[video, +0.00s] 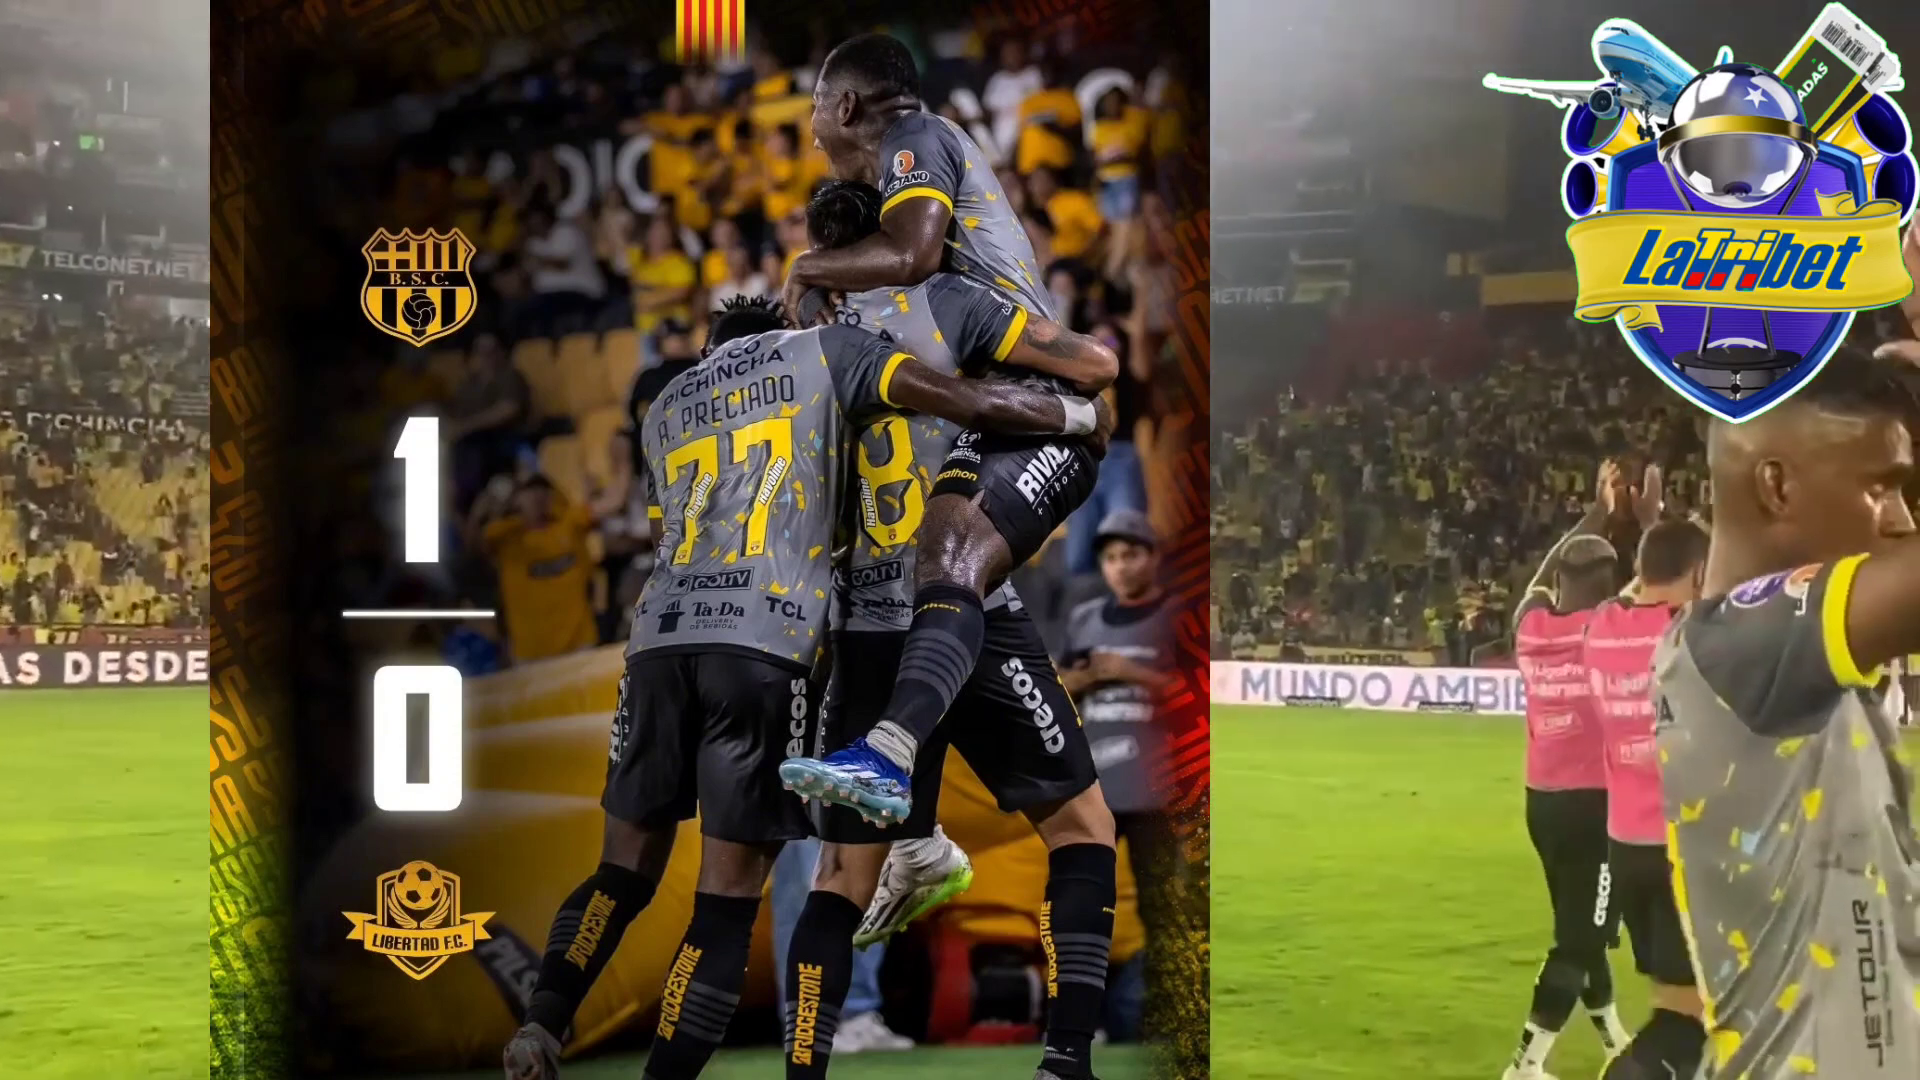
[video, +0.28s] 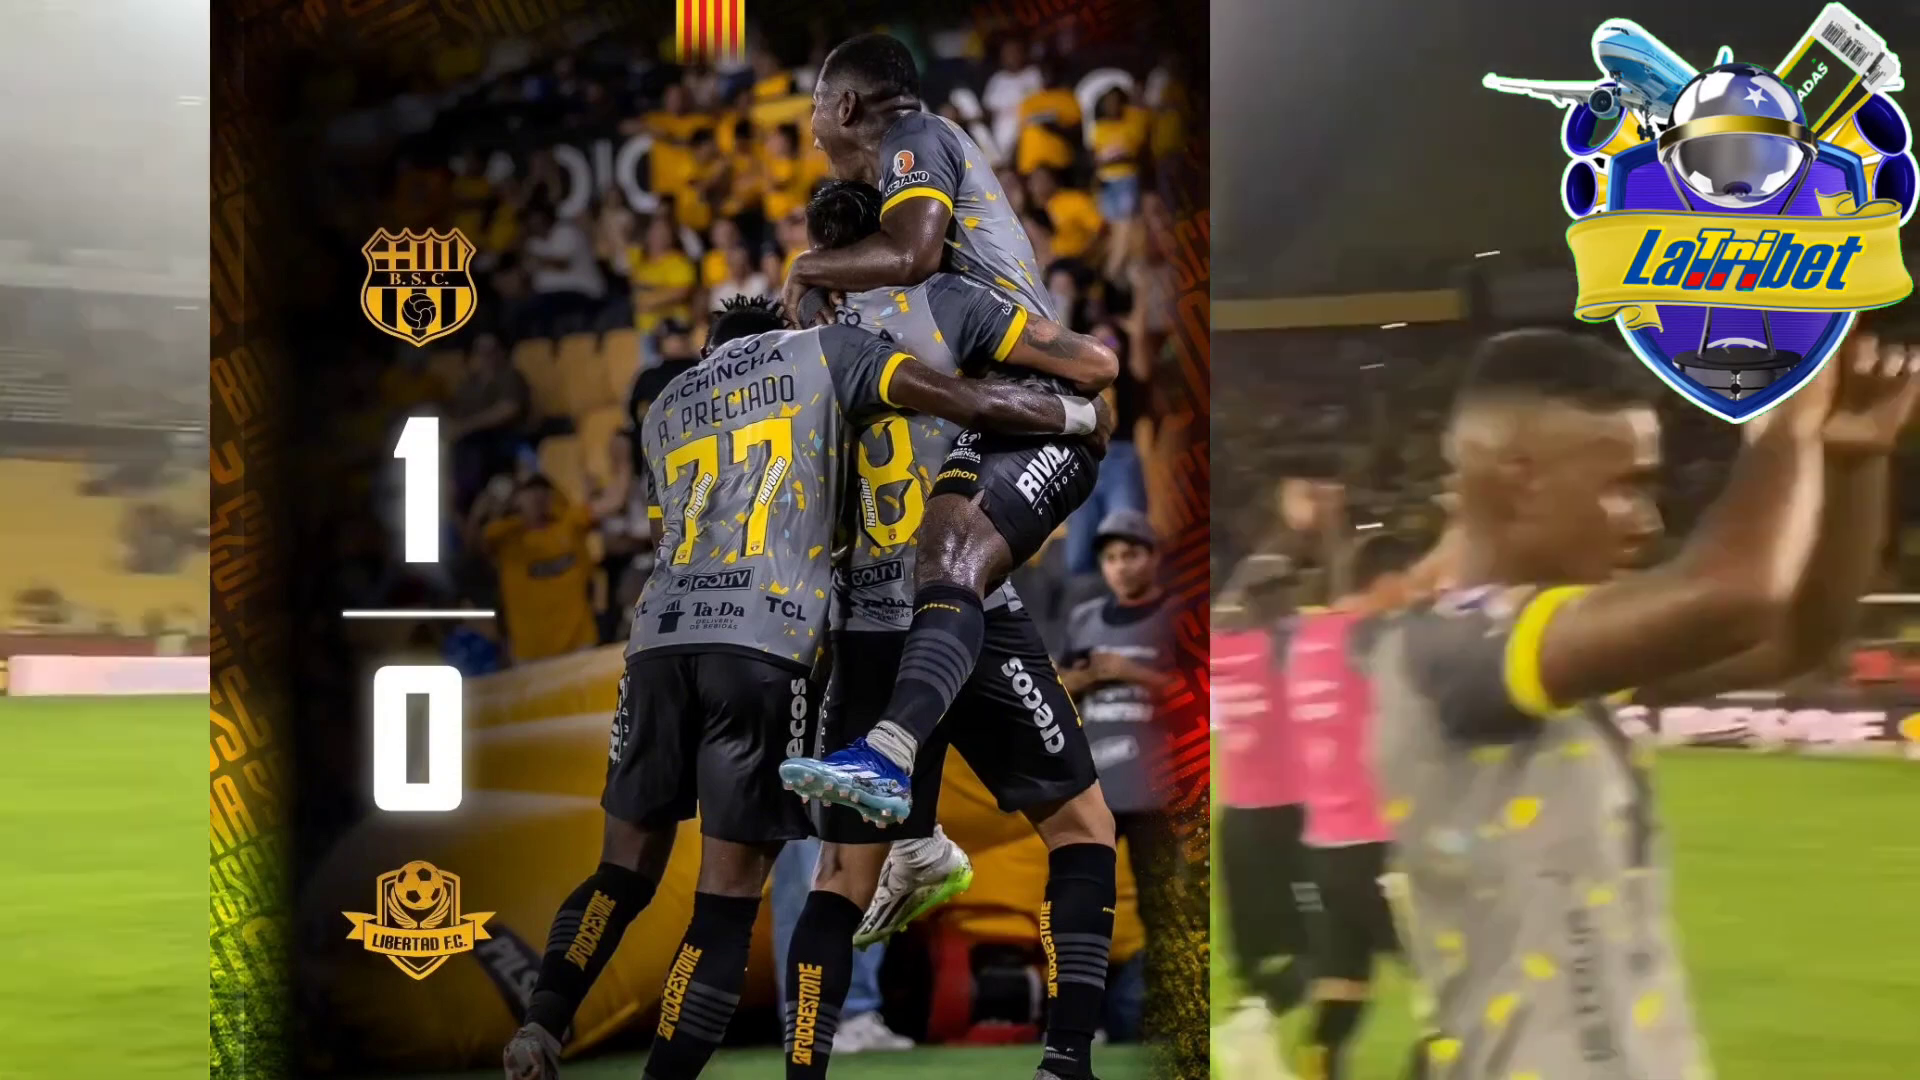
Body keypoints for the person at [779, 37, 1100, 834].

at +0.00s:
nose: (814, 130)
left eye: (821, 110)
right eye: (814, 112)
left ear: (855, 104)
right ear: (878, 107)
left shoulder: (915, 134)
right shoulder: (893, 167)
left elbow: (914, 251)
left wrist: (807, 264)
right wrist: (811, 294)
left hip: (1044, 400)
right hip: (980, 398)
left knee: (953, 556)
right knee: (890, 563)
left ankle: (888, 759)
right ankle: (915, 836)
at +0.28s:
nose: (816, 132)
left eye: (821, 112)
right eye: (814, 114)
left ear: (856, 103)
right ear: (878, 105)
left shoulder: (914, 134)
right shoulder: (898, 161)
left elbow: (914, 250)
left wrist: (808, 264)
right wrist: (813, 295)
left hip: (1041, 400)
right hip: (979, 398)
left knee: (953, 556)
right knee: (891, 563)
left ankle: (888, 757)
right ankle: (914, 837)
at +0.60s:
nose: (816, 134)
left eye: (821, 112)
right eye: (814, 115)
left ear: (857, 102)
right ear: (877, 105)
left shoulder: (914, 131)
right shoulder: (897, 166)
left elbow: (914, 251)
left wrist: (808, 265)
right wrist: (804, 301)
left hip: (1040, 403)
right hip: (978, 401)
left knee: (953, 557)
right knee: (888, 565)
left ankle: (886, 756)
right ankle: (917, 839)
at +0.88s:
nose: (814, 132)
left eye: (820, 111)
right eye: (813, 113)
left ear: (855, 105)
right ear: (879, 107)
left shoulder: (914, 135)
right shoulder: (908, 154)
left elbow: (915, 250)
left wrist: (807, 265)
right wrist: (799, 303)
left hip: (1041, 401)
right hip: (980, 399)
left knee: (952, 556)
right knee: (888, 563)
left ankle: (888, 756)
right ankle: (917, 840)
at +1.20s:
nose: (815, 129)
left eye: (821, 109)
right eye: (814, 111)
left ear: (856, 102)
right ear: (878, 104)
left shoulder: (915, 133)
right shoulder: (895, 165)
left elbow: (914, 251)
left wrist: (808, 265)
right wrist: (811, 295)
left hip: (1043, 402)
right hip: (978, 399)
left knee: (954, 554)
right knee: (890, 562)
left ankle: (888, 758)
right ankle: (914, 837)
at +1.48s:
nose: (816, 128)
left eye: (821, 109)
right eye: (815, 111)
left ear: (855, 102)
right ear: (880, 103)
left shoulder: (915, 134)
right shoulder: (901, 163)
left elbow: (914, 250)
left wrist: (806, 265)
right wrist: (817, 295)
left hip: (1045, 401)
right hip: (982, 398)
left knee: (952, 554)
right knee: (891, 564)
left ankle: (889, 756)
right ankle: (916, 838)